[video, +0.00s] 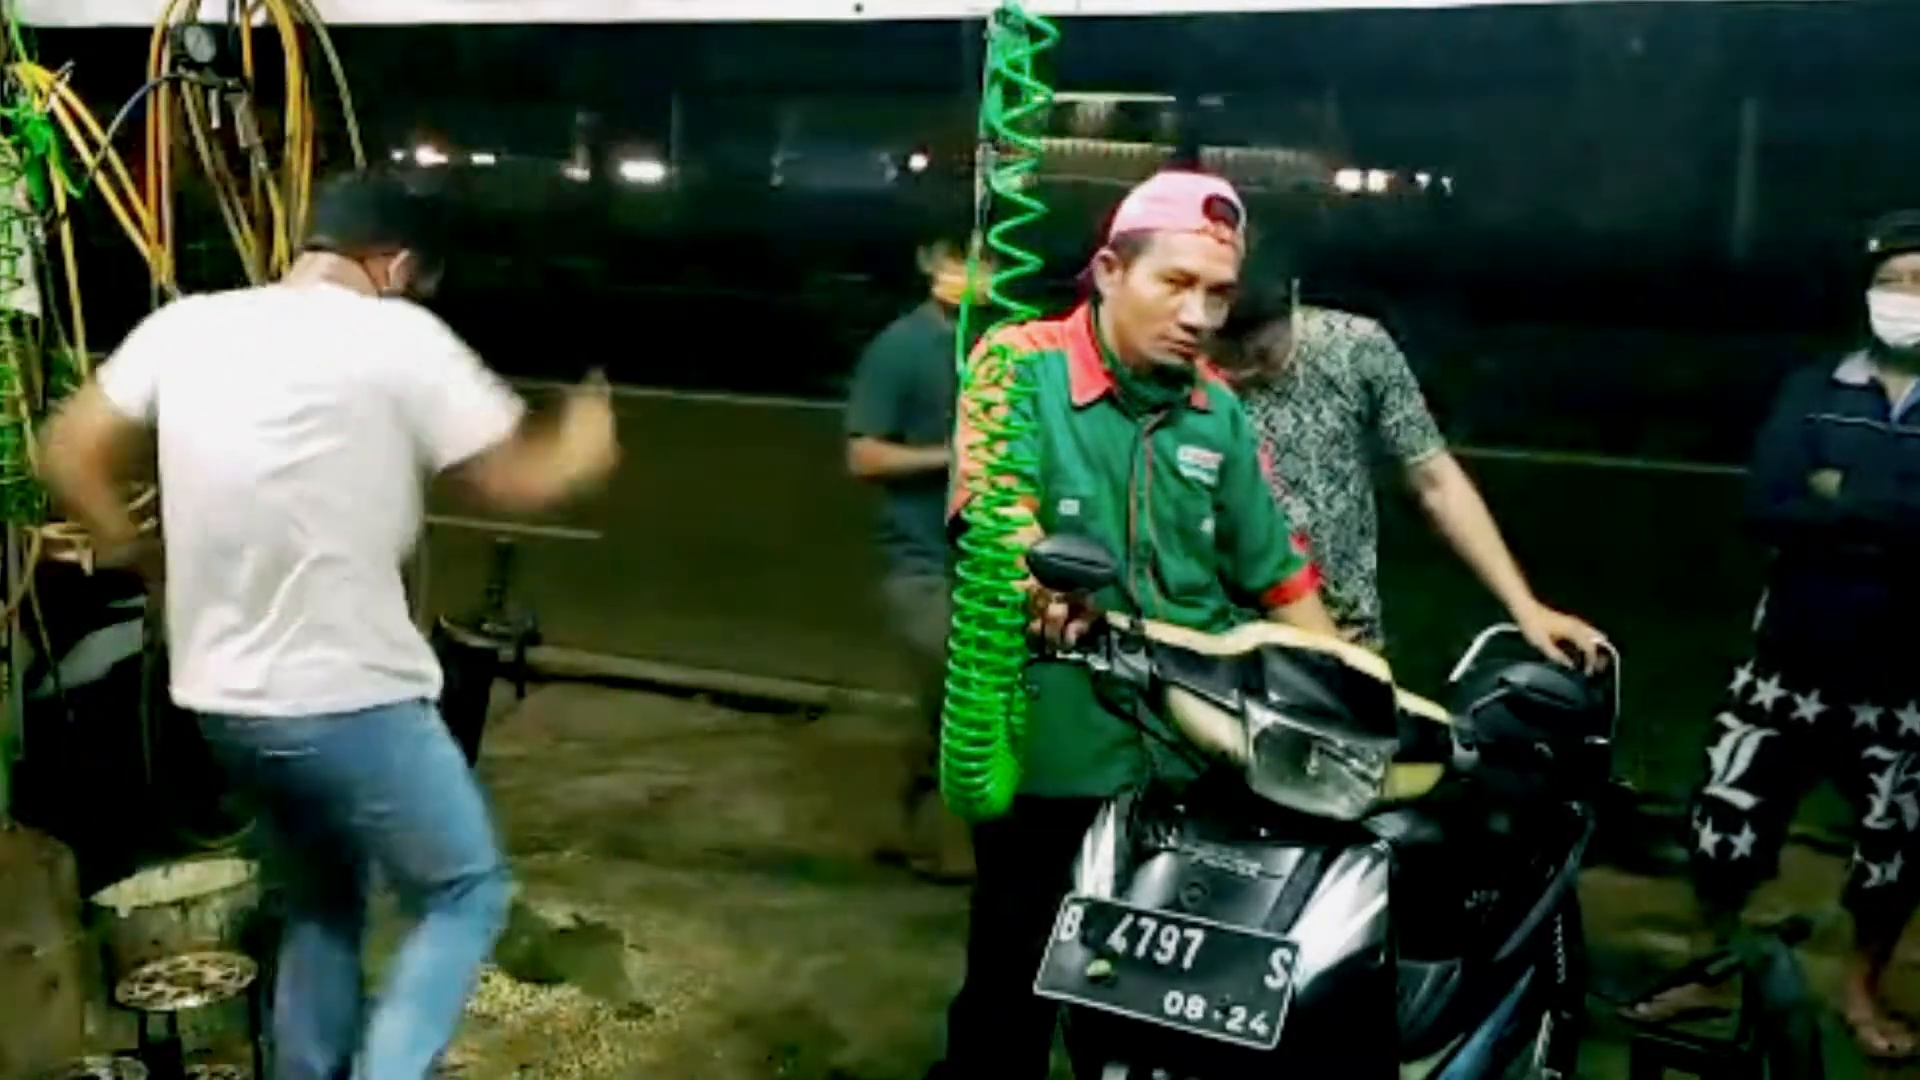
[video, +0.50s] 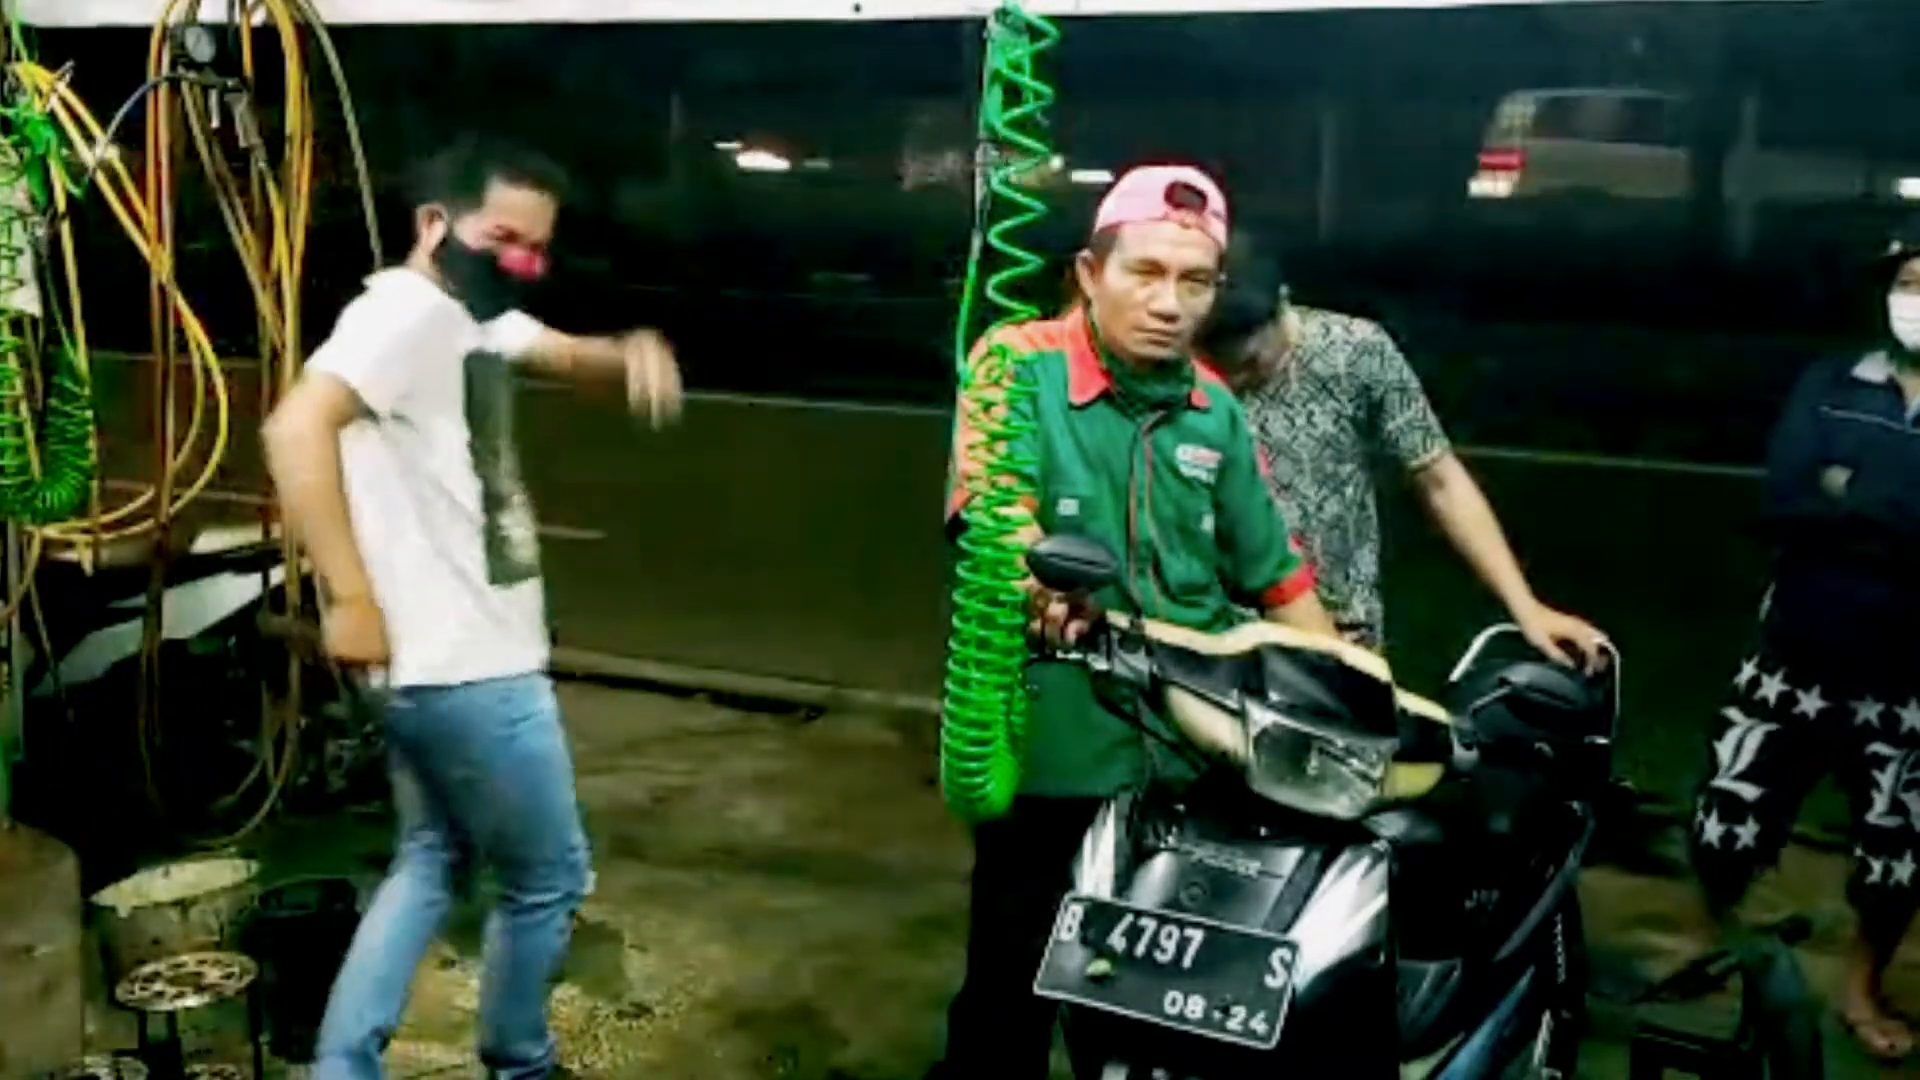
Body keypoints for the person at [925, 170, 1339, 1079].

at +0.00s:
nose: (1196, 315)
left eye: (1217, 294)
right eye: (1175, 283)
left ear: (1231, 302)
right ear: (1108, 272)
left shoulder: (1222, 417)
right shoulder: (1019, 369)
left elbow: (1286, 586)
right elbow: (988, 514)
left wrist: (1346, 704)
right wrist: (1042, 598)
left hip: (1189, 757)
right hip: (1049, 752)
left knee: (1164, 1010)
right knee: (1009, 1010)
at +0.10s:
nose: (1191, 312)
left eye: (1213, 292)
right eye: (1170, 281)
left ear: (1228, 301)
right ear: (1104, 272)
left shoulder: (1221, 418)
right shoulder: (1020, 371)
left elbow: (1288, 589)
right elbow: (988, 515)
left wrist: (1345, 710)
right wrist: (1041, 597)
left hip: (1187, 759)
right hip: (1048, 755)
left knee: (1160, 1010)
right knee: (1008, 1011)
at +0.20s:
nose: (1187, 309)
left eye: (1210, 288)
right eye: (1165, 278)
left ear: (1226, 299)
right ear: (1100, 273)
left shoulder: (1218, 415)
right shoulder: (1017, 371)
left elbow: (1284, 584)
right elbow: (985, 504)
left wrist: (1350, 695)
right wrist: (1040, 593)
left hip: (1188, 757)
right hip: (1049, 755)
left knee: (1163, 1009)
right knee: (1009, 1011)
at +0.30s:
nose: (1182, 307)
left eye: (1205, 286)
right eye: (1160, 277)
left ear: (1223, 298)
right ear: (1097, 273)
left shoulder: (1216, 413)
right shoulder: (1018, 368)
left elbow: (1282, 583)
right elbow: (987, 506)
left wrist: (1346, 696)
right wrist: (1043, 594)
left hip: (1187, 755)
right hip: (1048, 753)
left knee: (1157, 1010)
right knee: (1008, 1010)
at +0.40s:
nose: (1176, 305)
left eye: (1200, 284)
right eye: (1153, 275)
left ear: (1221, 297)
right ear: (1095, 273)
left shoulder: (1218, 415)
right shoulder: (1017, 368)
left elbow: (1282, 584)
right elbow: (986, 505)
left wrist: (1342, 701)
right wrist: (1042, 593)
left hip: (1188, 755)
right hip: (1048, 752)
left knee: (1159, 1010)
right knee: (1008, 1009)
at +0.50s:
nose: (1169, 303)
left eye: (1194, 282)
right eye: (1146, 274)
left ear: (1217, 296)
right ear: (1090, 274)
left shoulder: (1215, 412)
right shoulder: (1017, 367)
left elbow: (1282, 584)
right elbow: (987, 509)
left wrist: (1344, 699)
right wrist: (1043, 596)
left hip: (1188, 754)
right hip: (1050, 752)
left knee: (1159, 1009)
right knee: (1007, 1010)